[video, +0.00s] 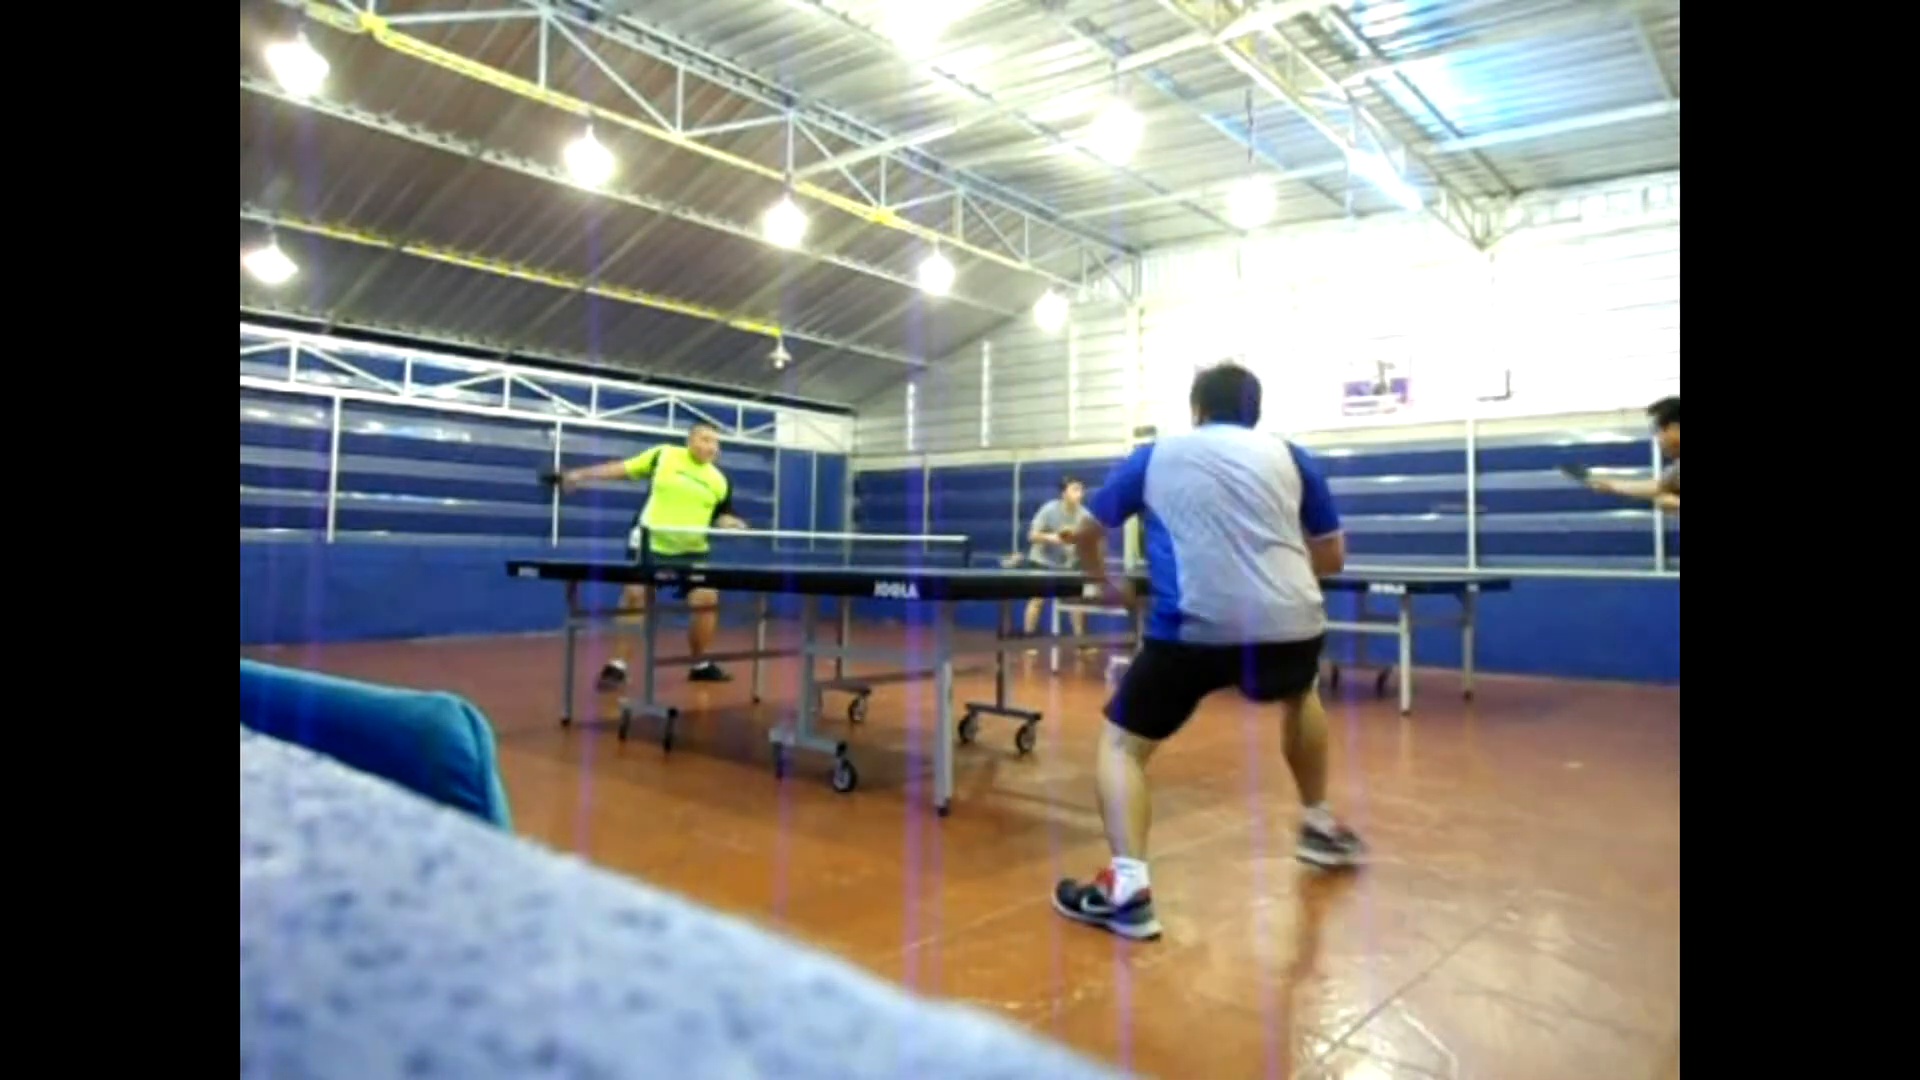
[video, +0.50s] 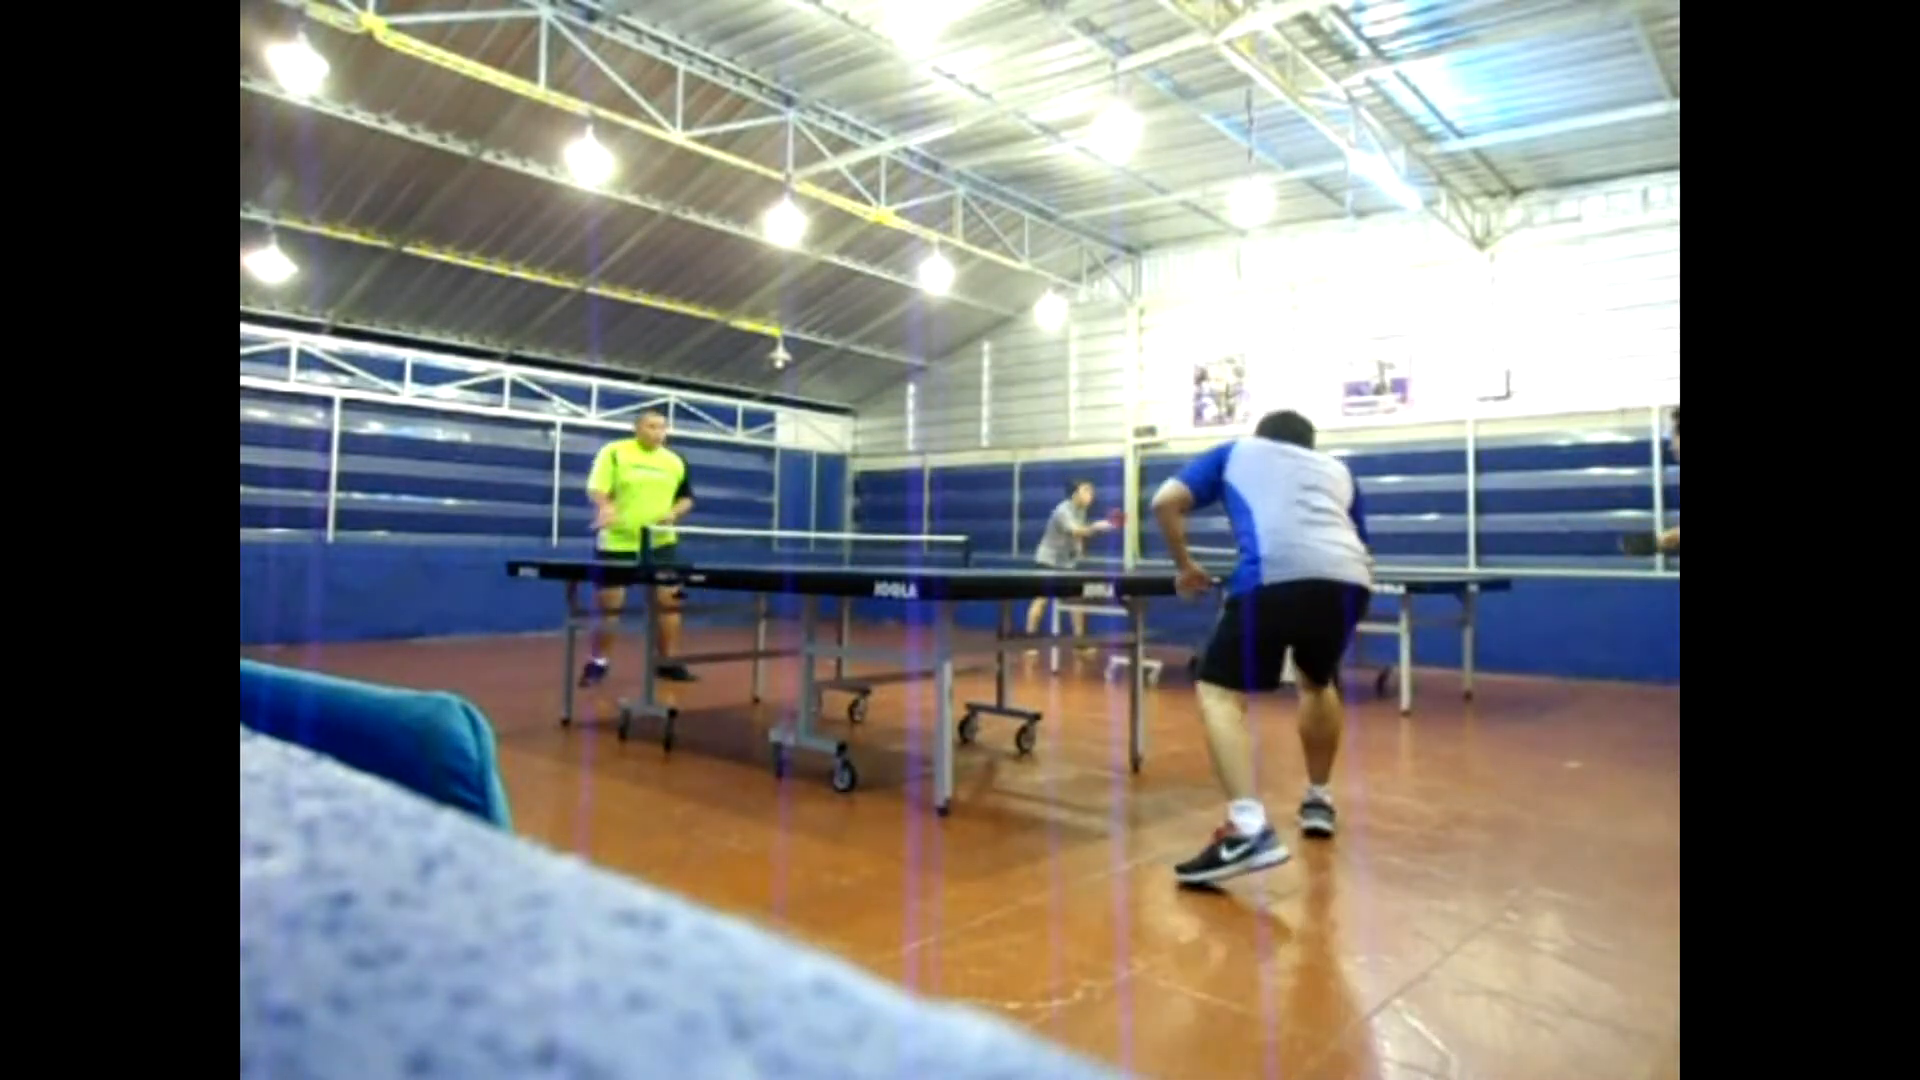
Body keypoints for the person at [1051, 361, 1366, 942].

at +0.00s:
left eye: (1191, 410)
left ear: (1194, 411)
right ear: (1254, 414)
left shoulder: (1156, 457)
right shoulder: (1292, 458)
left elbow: (1086, 533)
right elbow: (1330, 557)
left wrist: (1104, 583)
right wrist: (1272, 571)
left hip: (1195, 628)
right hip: (1289, 627)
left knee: (1124, 744)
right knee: (1301, 695)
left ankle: (1128, 887)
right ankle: (1319, 824)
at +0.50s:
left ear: (1260, 436)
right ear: (1310, 446)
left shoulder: (1237, 451)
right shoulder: (1339, 470)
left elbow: (1167, 502)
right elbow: (1360, 544)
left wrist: (1185, 565)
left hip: (1274, 576)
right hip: (1347, 579)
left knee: (1217, 689)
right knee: (1317, 681)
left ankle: (1249, 826)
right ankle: (1318, 799)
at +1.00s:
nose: (1201, 414)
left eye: (1204, 403)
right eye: (1201, 403)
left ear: (1224, 402)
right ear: (1264, 401)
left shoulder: (1217, 442)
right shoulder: (1320, 442)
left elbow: (1187, 523)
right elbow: (1364, 520)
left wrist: (1156, 608)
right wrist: (1363, 586)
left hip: (1283, 592)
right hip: (1359, 591)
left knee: (1197, 686)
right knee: (1323, 682)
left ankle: (1193, 828)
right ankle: (1366, 799)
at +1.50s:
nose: (1275, 375)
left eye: (1278, 366)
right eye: (1275, 366)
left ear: (1296, 362)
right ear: (1336, 362)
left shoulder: (1300, 389)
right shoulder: (1382, 412)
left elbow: (1304, 441)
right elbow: (1394, 492)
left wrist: (1249, 531)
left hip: (1329, 565)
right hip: (1403, 570)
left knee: (1243, 672)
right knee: (1395, 695)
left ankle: (1236, 825)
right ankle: (1448, 825)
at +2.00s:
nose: (1291, 400)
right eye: (1288, 391)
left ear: (1215, 384)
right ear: (1277, 389)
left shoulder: (1162, 433)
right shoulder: (1284, 429)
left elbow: (1077, 479)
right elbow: (1294, 493)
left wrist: (1138, 508)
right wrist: (1386, 570)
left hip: (1143, 622)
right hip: (1239, 625)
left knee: (1103, 748)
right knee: (1303, 734)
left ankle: (1067, 882)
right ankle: (1361, 843)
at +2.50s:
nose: (1189, 314)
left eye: (1193, 298)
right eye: (1189, 298)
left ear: (1219, 300)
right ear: (1254, 298)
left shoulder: (1270, 369)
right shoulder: (1263, 370)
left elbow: (1345, 478)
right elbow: (1257, 492)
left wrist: (1249, 557)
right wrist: (1173, 518)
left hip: (1262, 602)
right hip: (1310, 606)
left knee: (1153, 705)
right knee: (1287, 732)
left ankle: (1072, 890)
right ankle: (1368, 892)